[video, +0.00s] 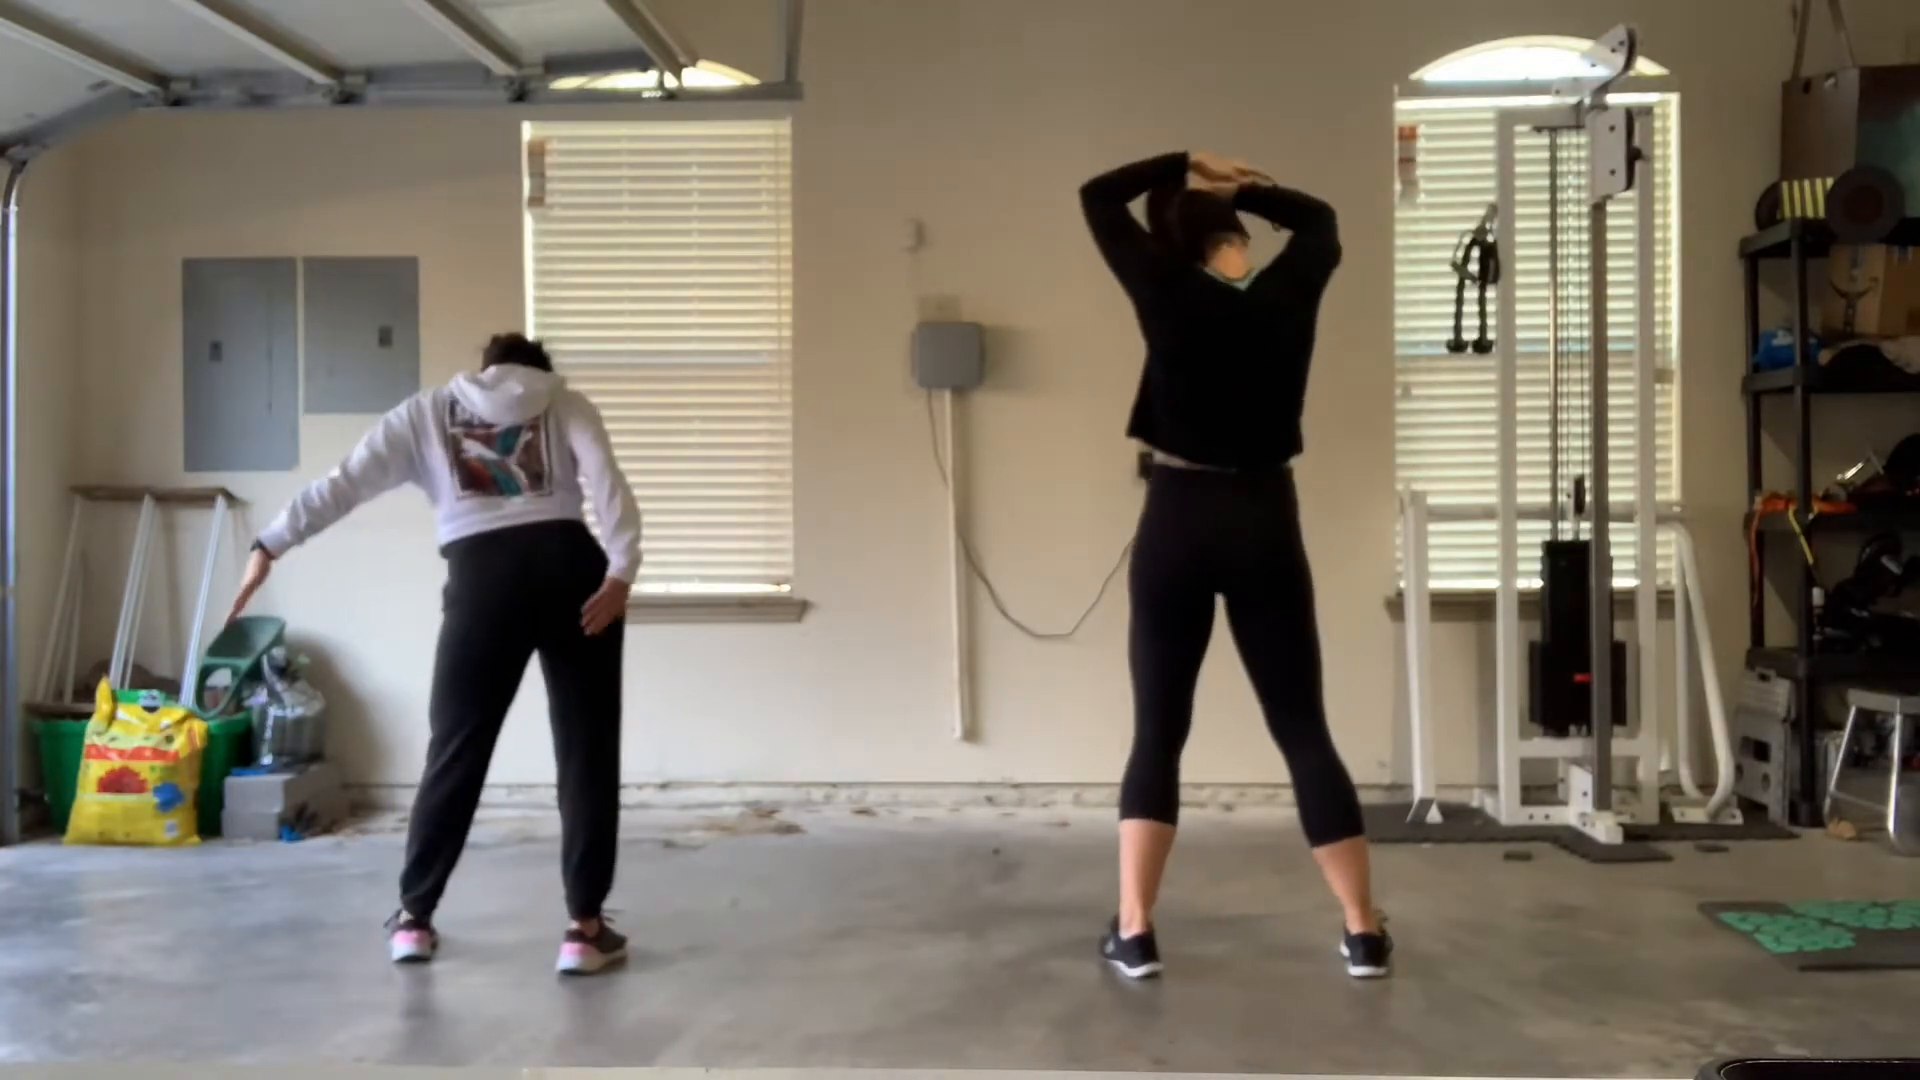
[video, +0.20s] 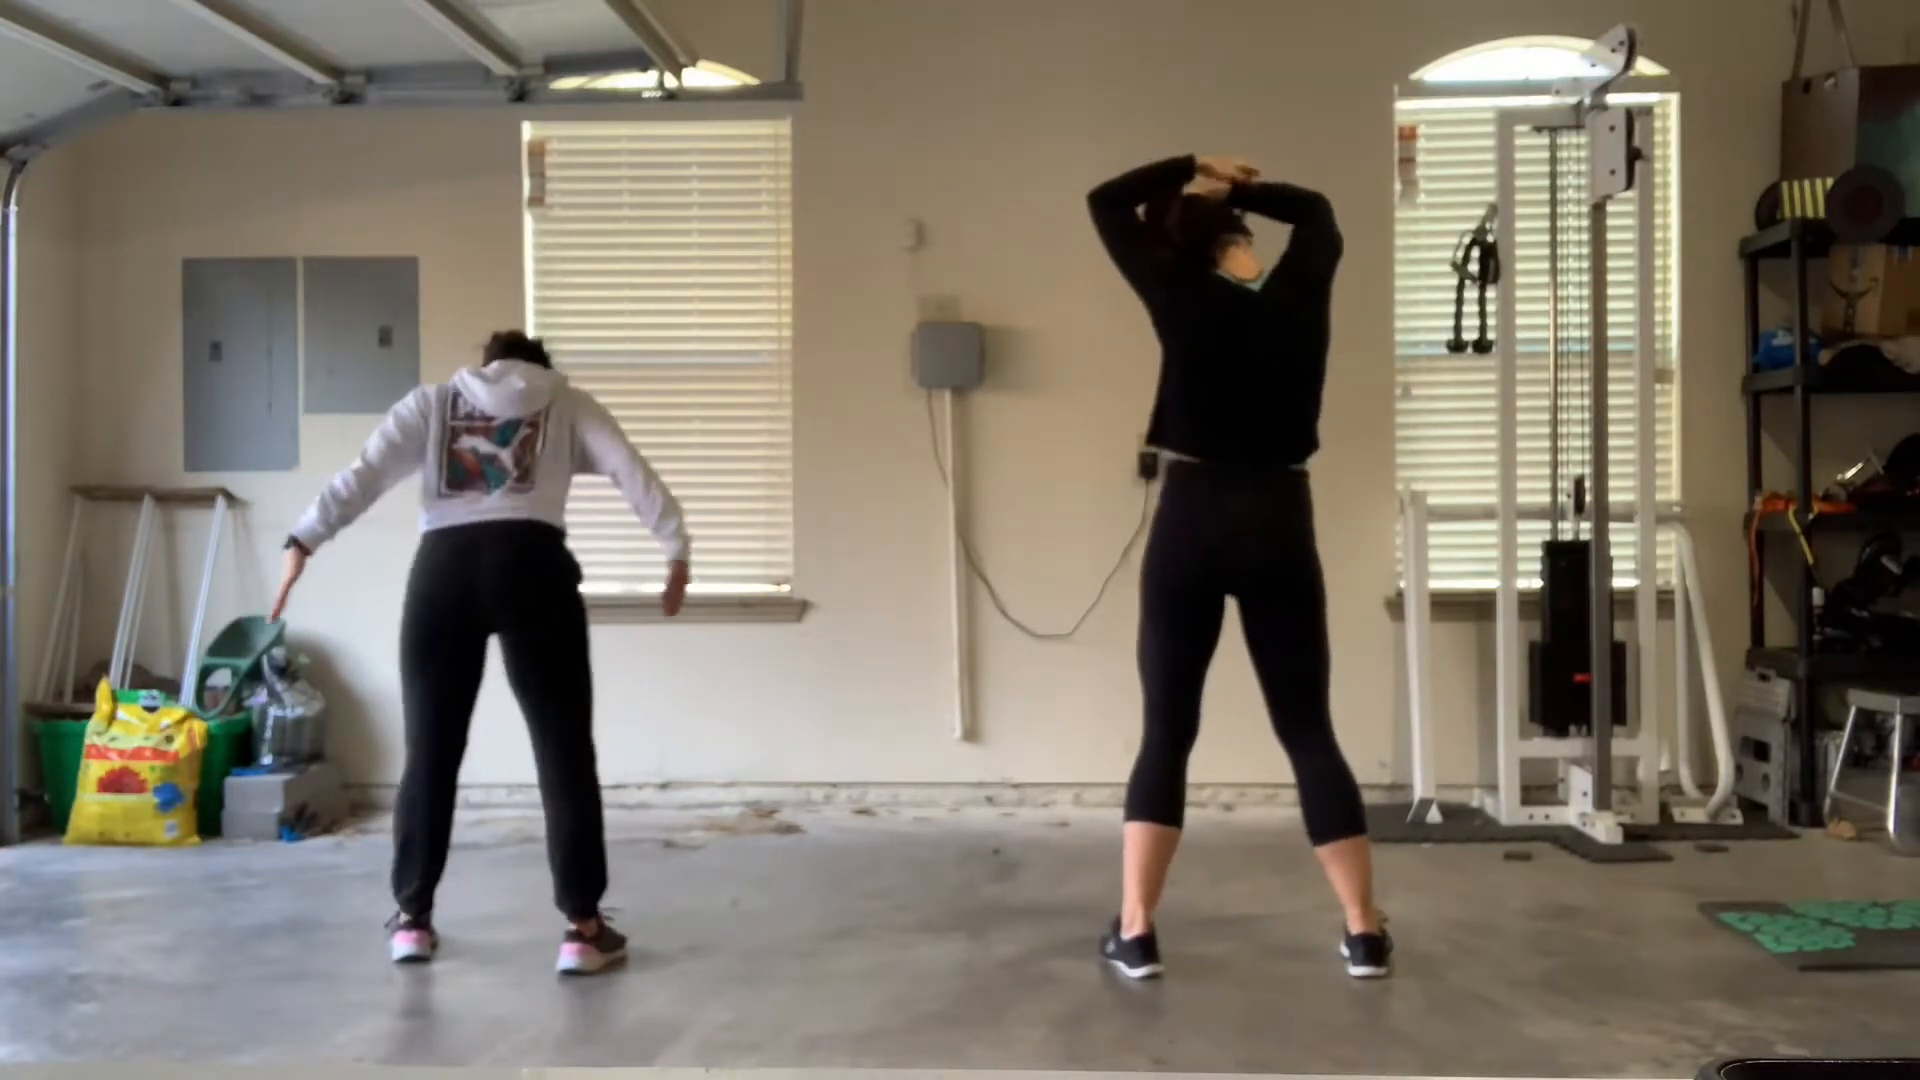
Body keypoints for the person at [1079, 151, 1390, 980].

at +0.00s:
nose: (1251, 241)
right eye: (1239, 231)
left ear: (1173, 243)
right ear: (1241, 238)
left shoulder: (1164, 296)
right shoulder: (1289, 297)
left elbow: (1098, 198)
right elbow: (1319, 221)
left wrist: (1177, 162)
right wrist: (1249, 187)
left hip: (1176, 518)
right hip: (1266, 521)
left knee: (1158, 730)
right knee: (1303, 727)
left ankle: (1134, 930)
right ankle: (1363, 928)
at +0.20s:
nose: (1250, 239)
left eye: (1204, 230)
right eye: (1240, 234)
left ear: (1183, 250)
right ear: (1250, 245)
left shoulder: (1179, 301)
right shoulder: (1302, 297)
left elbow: (1106, 204)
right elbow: (1317, 210)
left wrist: (1185, 168)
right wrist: (1243, 189)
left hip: (1192, 516)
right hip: (1279, 517)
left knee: (1167, 730)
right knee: (1308, 728)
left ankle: (1135, 931)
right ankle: (1364, 929)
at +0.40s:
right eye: (1273, 237)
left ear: (1203, 251)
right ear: (1274, 244)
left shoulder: (1207, 296)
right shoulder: (1331, 296)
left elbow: (1108, 244)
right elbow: (1340, 244)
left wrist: (1178, 179)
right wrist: (1270, 208)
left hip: (1228, 530)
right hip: (1318, 532)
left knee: (1190, 736)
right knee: (1328, 729)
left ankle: (1139, 931)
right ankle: (1366, 929)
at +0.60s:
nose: (1235, 270)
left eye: (1234, 258)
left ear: (1237, 252)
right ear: (1302, 242)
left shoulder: (1230, 310)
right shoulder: (1360, 304)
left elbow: (1108, 309)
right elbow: (1352, 259)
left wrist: (1168, 234)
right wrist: (1290, 217)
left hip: (1258, 542)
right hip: (1349, 541)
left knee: (1195, 732)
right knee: (1340, 729)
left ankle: (1146, 920)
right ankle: (1367, 930)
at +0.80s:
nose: (1245, 248)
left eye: (1244, 236)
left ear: (1246, 235)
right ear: (1314, 227)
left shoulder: (1235, 297)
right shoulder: (1364, 297)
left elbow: (1113, 291)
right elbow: (1351, 261)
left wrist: (1163, 223)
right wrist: (1303, 208)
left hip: (1260, 531)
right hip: (1352, 533)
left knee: (1199, 725)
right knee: (1341, 726)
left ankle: (1148, 910)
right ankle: (1366, 930)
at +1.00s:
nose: (1262, 262)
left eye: (1252, 251)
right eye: (1287, 246)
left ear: (1250, 246)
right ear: (1321, 233)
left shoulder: (1232, 295)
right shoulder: (1361, 300)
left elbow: (1118, 254)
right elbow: (1346, 254)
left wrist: (1196, 212)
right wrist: (1323, 199)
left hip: (1250, 533)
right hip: (1345, 536)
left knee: (1196, 726)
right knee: (1338, 730)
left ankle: (1145, 914)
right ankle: (1365, 932)